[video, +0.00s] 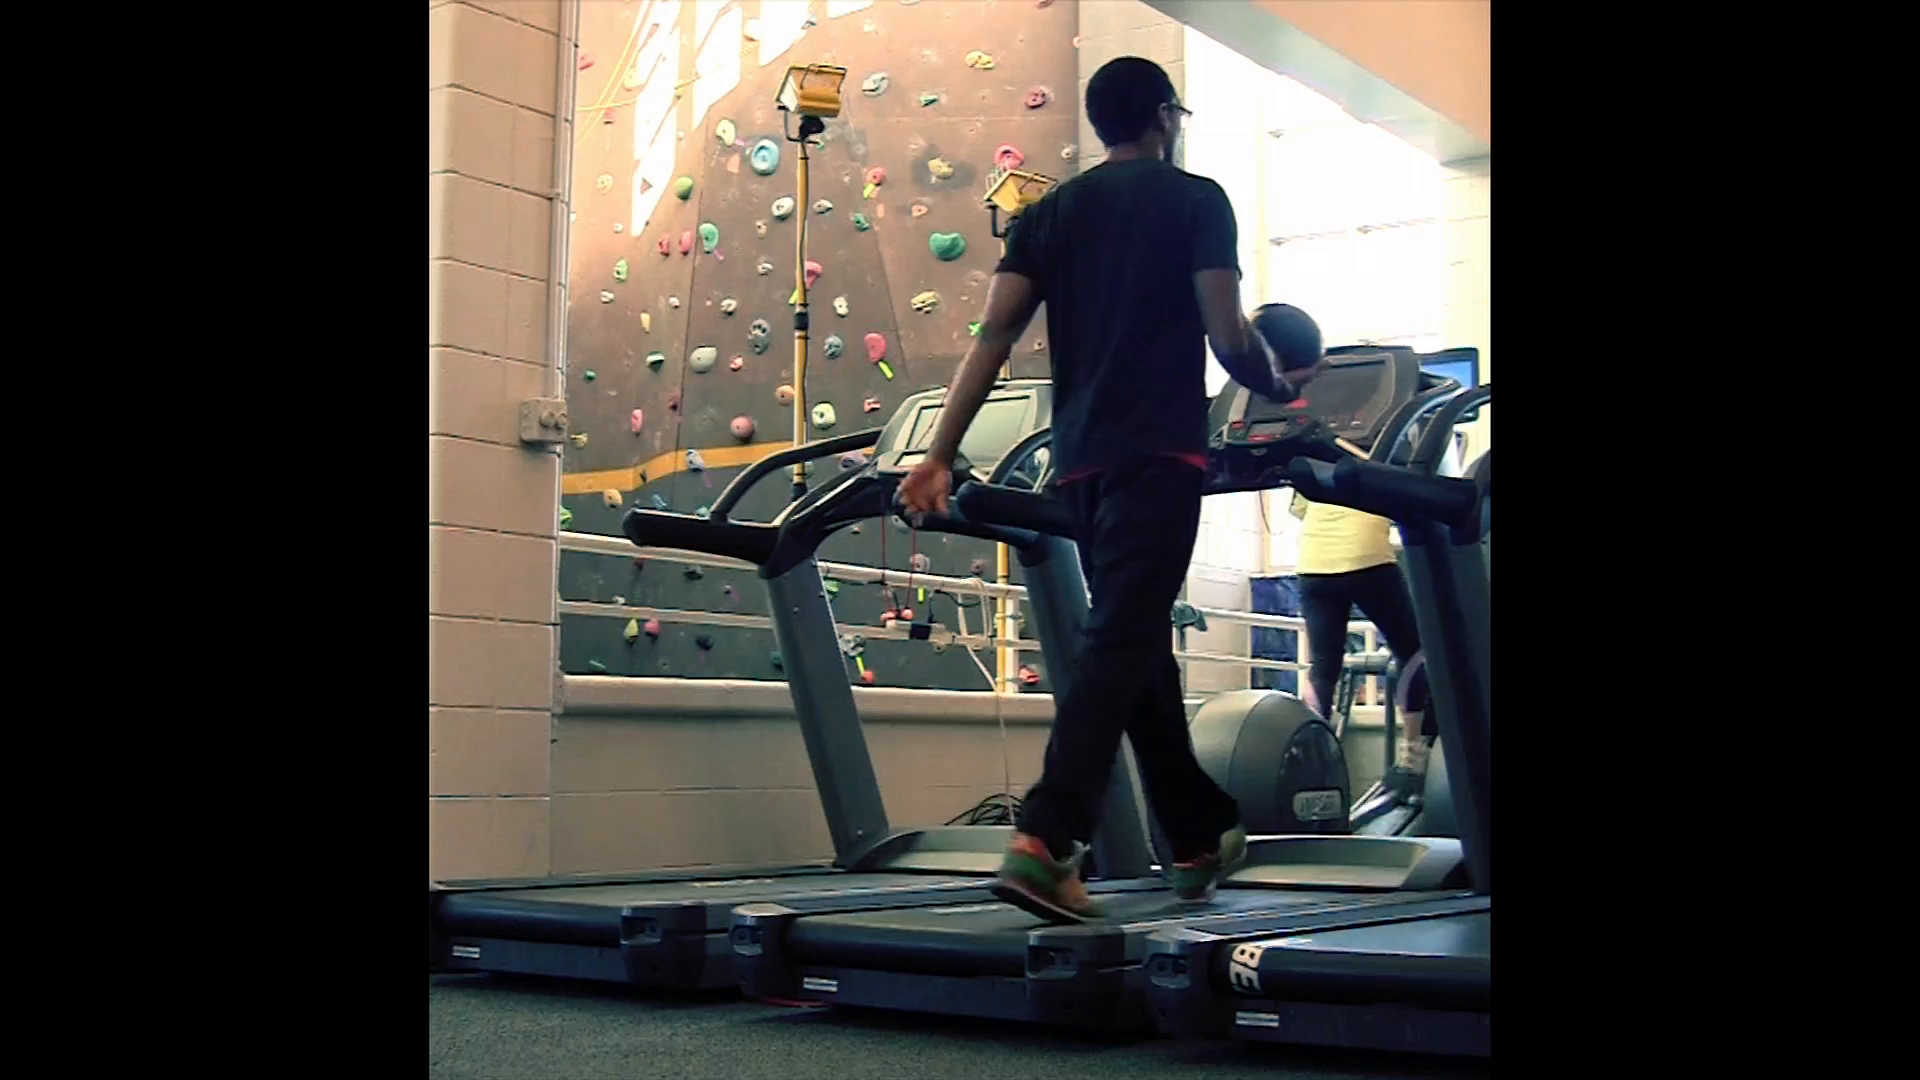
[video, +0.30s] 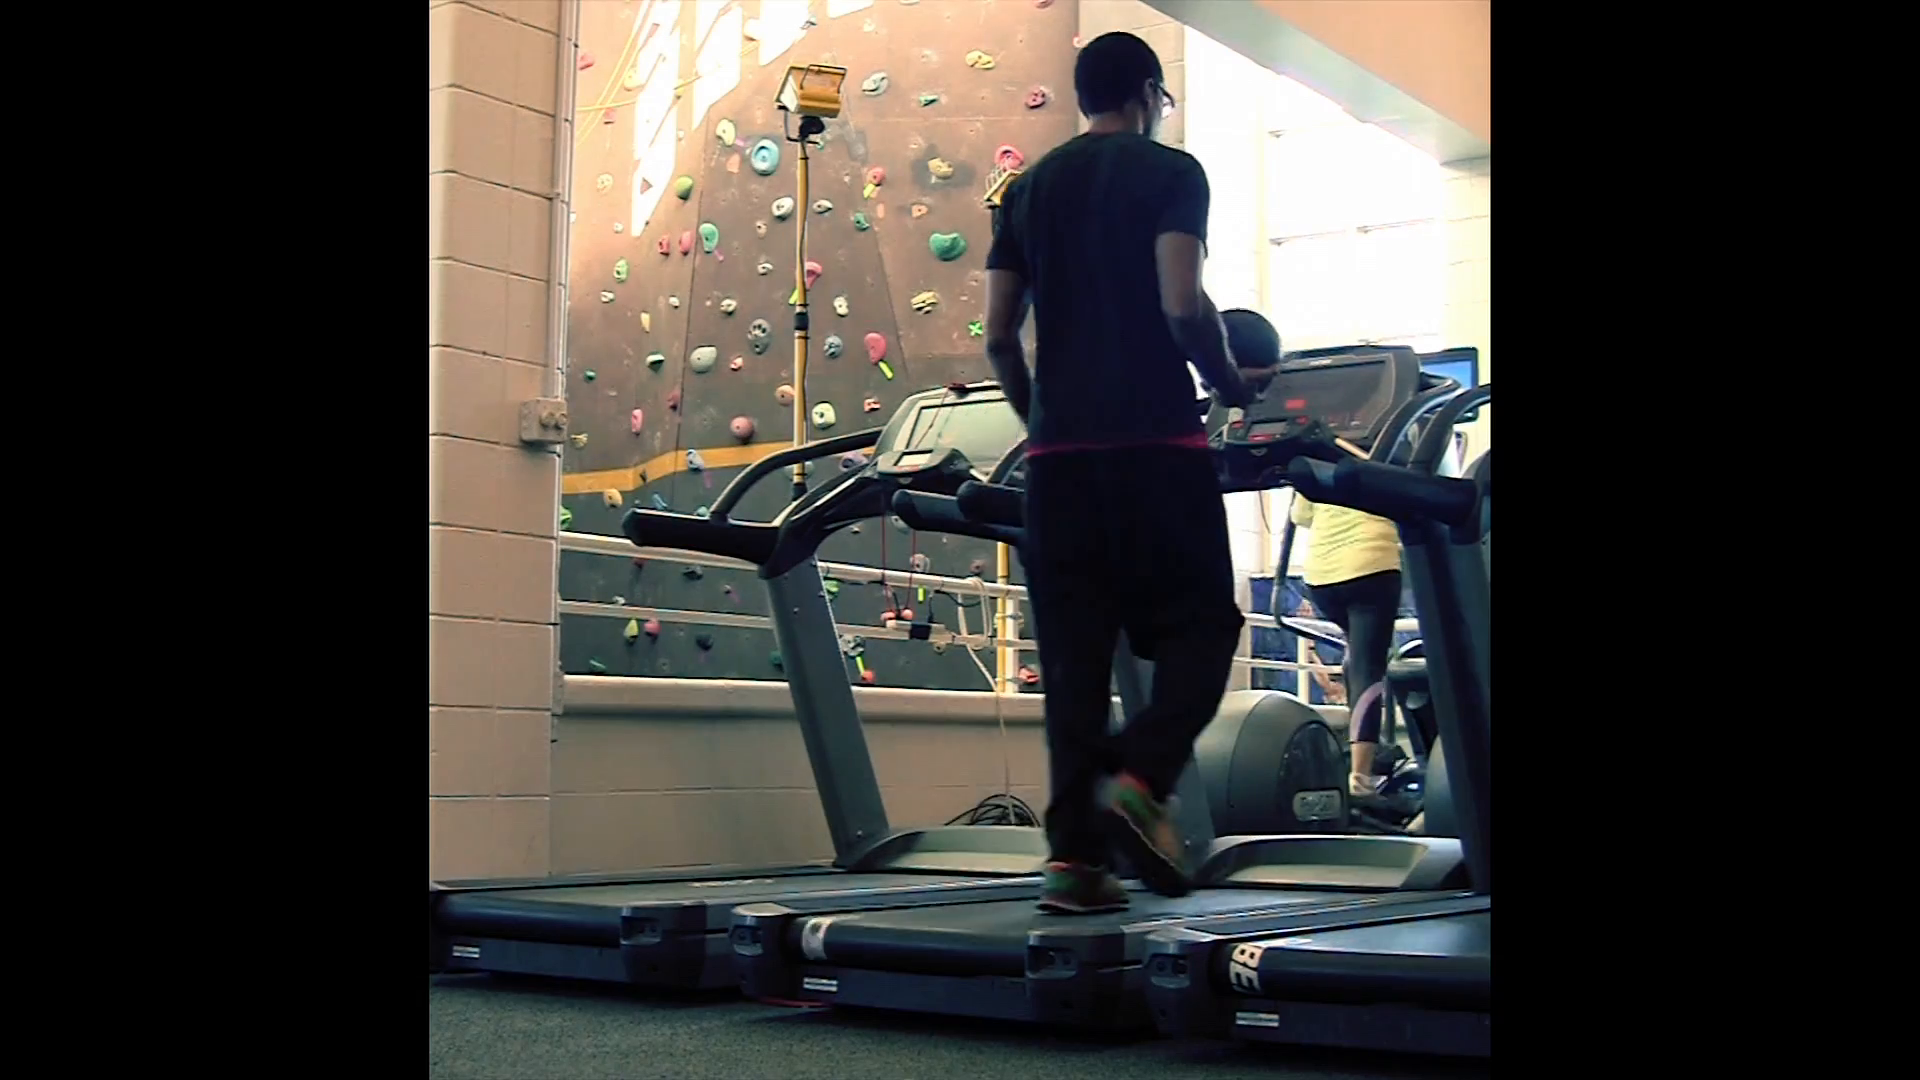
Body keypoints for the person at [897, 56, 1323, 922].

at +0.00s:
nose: (1180, 134)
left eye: (1178, 122)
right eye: (1179, 121)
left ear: (1095, 129)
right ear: (1164, 121)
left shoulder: (1050, 212)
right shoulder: (1193, 197)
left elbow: (994, 339)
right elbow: (1231, 341)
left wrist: (938, 454)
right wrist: (1275, 387)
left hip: (1076, 465)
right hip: (1160, 458)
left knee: (1139, 650)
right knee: (1115, 647)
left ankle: (1195, 838)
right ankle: (1044, 842)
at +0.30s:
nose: (1167, 116)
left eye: (1162, 106)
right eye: (1165, 103)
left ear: (1082, 101)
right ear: (1149, 97)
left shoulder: (1025, 187)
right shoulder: (1171, 169)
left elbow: (997, 337)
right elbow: (1181, 306)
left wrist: (1040, 423)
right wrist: (1231, 383)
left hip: (1060, 466)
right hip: (1157, 460)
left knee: (1072, 664)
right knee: (1206, 625)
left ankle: (1074, 864)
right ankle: (1142, 780)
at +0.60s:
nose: (1177, 148)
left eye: (1174, 137)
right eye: (1177, 135)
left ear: (1097, 130)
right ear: (1162, 130)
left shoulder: (1032, 215)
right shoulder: (1169, 205)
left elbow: (1009, 362)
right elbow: (1167, 336)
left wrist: (1083, 391)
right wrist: (1220, 414)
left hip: (1053, 487)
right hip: (1153, 483)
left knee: (1027, 650)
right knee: (1179, 670)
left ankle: (945, 814)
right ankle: (1214, 860)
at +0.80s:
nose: (1180, 124)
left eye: (1179, 112)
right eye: (1179, 111)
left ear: (1096, 102)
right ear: (1163, 103)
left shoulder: (1030, 186)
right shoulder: (1174, 179)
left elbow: (1002, 337)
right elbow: (1188, 321)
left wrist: (1021, 452)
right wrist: (1222, 386)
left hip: (1057, 459)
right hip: (1150, 455)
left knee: (1081, 644)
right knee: (1166, 654)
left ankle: (1022, 762)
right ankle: (1131, 862)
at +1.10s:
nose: (1158, 150)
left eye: (1155, 138)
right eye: (1155, 137)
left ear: (1076, 132)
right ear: (1133, 125)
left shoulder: (1018, 212)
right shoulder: (1155, 195)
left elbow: (963, 337)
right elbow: (1213, 326)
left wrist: (936, 470)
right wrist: (1280, 380)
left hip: (1046, 467)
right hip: (1127, 459)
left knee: (1099, 658)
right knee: (1077, 656)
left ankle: (1126, 852)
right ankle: (994, 846)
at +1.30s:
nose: (1176, 139)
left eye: (1178, 127)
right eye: (1170, 123)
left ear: (1102, 114)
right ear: (1128, 106)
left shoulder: (1025, 197)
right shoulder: (1142, 158)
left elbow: (945, 302)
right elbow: (1187, 230)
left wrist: (968, 414)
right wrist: (1293, 302)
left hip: (1031, 447)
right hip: (1121, 438)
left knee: (1037, 641)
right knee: (1157, 625)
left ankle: (1042, 856)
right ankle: (1046, 776)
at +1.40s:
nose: (1204, 138)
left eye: (1206, 124)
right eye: (1196, 120)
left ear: (1127, 116)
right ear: (1148, 110)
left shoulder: (1045, 198)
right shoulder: (1155, 162)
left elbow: (958, 278)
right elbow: (1130, 219)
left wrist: (974, 370)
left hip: (1035, 456)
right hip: (1131, 451)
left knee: (1018, 648)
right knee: (1185, 627)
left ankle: (985, 856)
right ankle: (1128, 825)